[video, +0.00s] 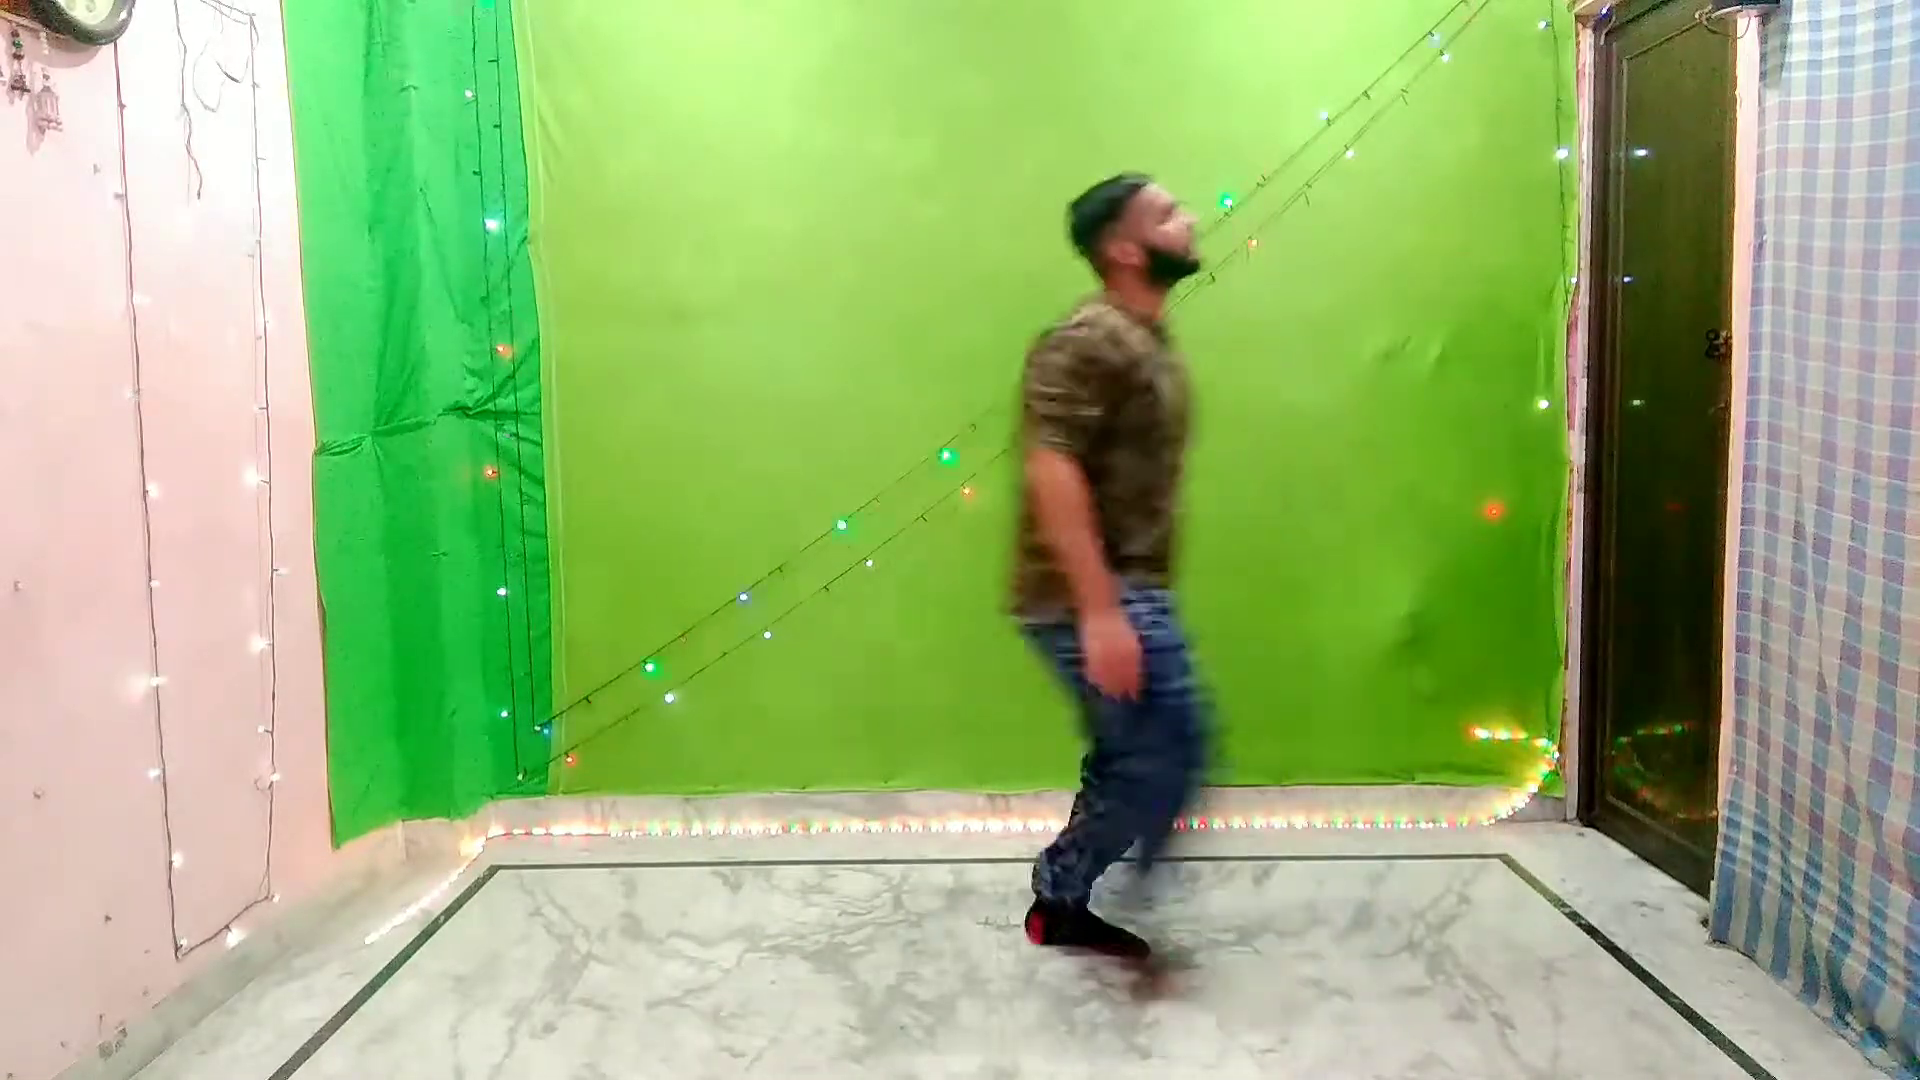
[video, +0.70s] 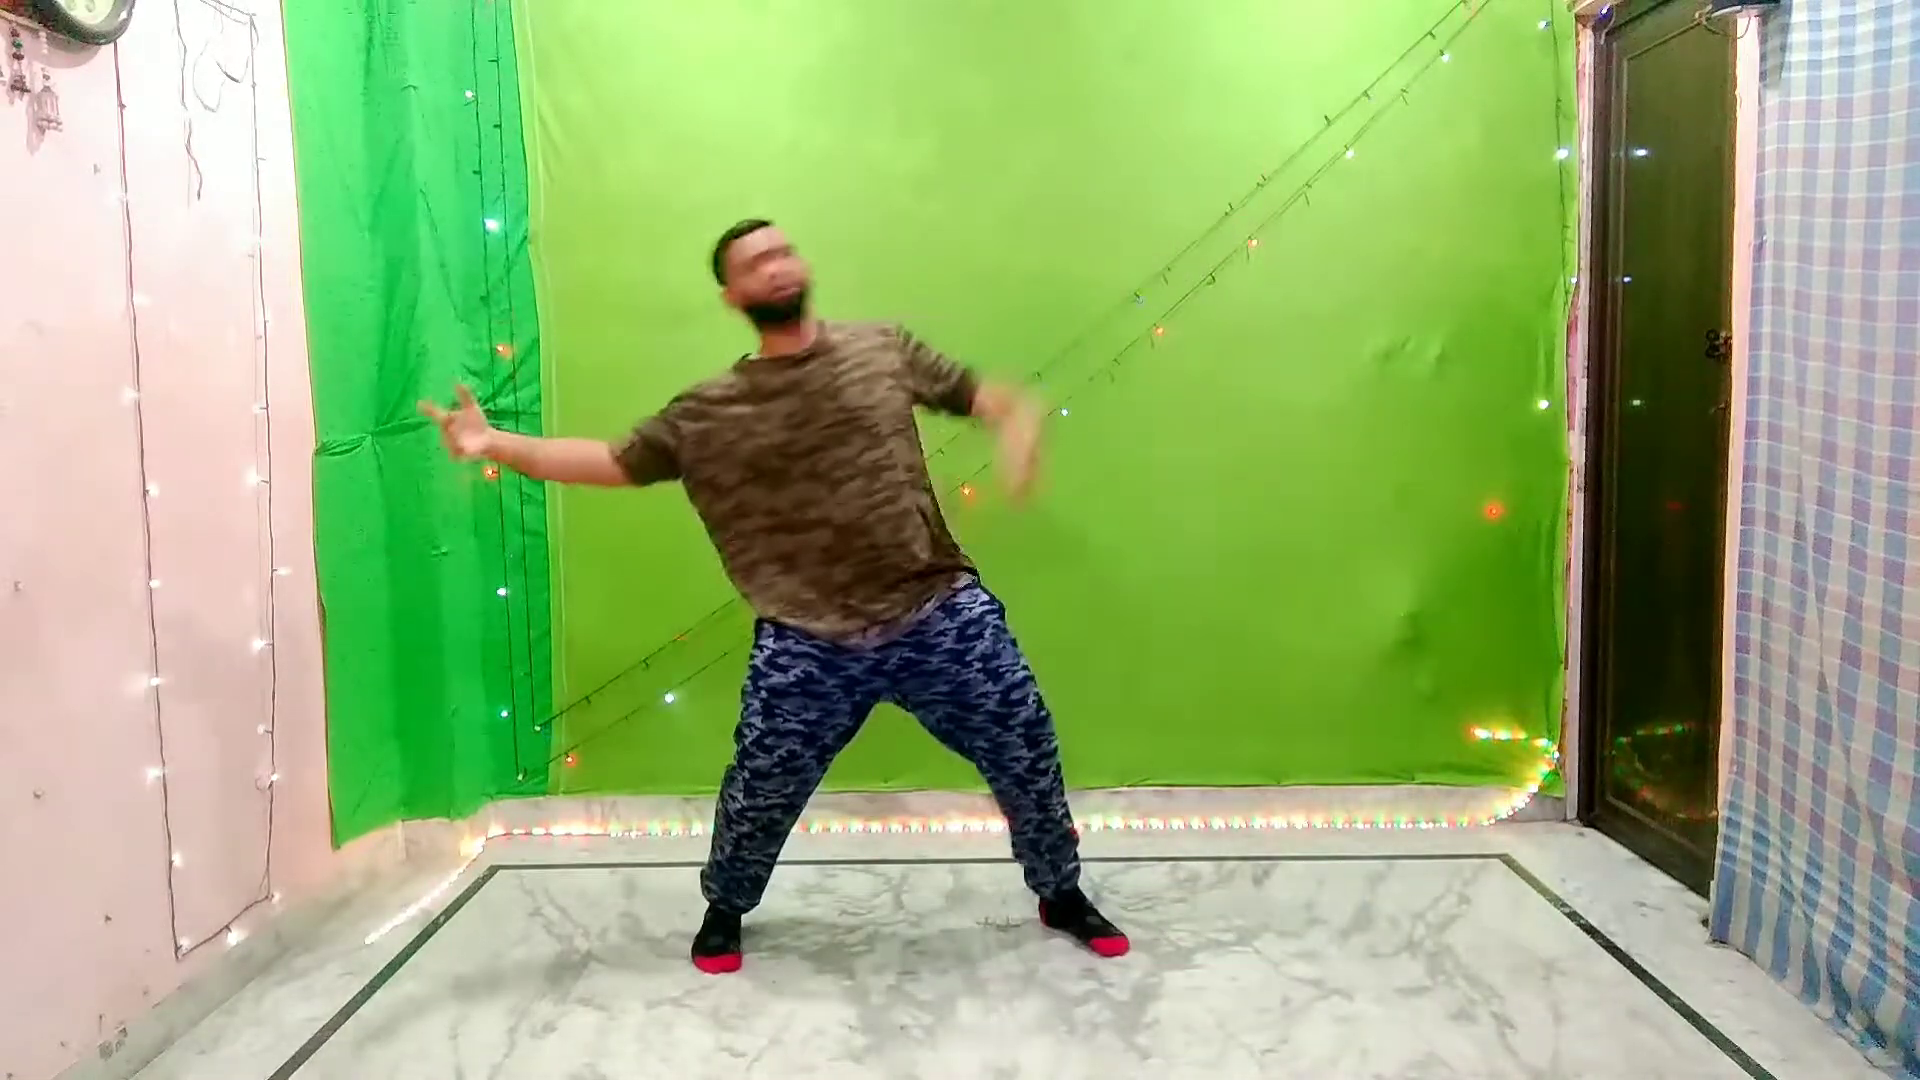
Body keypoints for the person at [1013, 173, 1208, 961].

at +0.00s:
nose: (1187, 223)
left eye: (1178, 209)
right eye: (1166, 214)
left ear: (1134, 250)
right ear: (1123, 249)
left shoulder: (1146, 346)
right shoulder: (1084, 344)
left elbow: (1115, 479)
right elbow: (1052, 473)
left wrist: (1146, 593)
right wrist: (1100, 612)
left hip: (1131, 590)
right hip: (1092, 596)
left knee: (1150, 742)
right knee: (1161, 741)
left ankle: (1089, 899)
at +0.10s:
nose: (1128, 243)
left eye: (1123, 229)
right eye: (1111, 231)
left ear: (1080, 256)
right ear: (1066, 255)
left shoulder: (1074, 351)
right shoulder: (1040, 348)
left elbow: (1044, 478)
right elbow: (1015, 461)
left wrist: (1069, 588)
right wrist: (1058, 596)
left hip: (1064, 607)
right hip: (993, 614)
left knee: (1121, 740)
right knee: (996, 755)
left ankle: (1060, 905)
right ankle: (852, 873)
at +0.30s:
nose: (876, 251)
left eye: (882, 232)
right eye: (855, 242)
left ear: (905, 240)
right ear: (834, 266)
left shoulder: (970, 353)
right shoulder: (824, 374)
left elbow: (1008, 467)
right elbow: (748, 469)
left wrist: (1019, 573)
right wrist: (861, 418)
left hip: (1006, 606)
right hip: (897, 620)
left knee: (1086, 726)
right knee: (838, 771)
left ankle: (1055, 903)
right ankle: (733, 891)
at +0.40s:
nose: (785, 276)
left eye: (796, 257)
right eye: (772, 269)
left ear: (838, 258)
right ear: (767, 290)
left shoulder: (924, 354)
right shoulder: (762, 391)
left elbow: (987, 462)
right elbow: (691, 500)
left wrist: (1015, 572)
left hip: (984, 609)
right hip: (864, 639)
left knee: (1073, 726)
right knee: (807, 789)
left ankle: (1054, 902)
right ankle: (728, 904)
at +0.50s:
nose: (720, 296)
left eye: (731, 277)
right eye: (709, 290)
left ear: (782, 273)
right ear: (710, 311)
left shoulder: (884, 358)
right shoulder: (722, 423)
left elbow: (955, 451)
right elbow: (650, 507)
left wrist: (1002, 562)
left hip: (950, 610)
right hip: (825, 645)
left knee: (1048, 728)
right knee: (783, 790)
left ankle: (1051, 897)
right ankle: (726, 912)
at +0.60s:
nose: (708, 302)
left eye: (720, 281)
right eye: (699, 294)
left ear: (774, 277)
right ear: (702, 313)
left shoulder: (872, 355)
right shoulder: (704, 429)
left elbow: (949, 447)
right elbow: (618, 490)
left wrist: (992, 564)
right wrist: (530, 443)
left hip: (941, 608)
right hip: (813, 642)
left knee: (1036, 735)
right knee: (768, 788)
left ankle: (1057, 894)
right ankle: (724, 916)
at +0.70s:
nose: (777, 261)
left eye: (783, 249)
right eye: (754, 261)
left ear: (809, 268)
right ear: (731, 298)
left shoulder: (883, 351)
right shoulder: (708, 414)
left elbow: (990, 397)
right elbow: (610, 461)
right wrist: (494, 443)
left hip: (935, 607)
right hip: (807, 633)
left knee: (1024, 741)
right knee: (766, 783)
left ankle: (1063, 894)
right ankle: (724, 917)